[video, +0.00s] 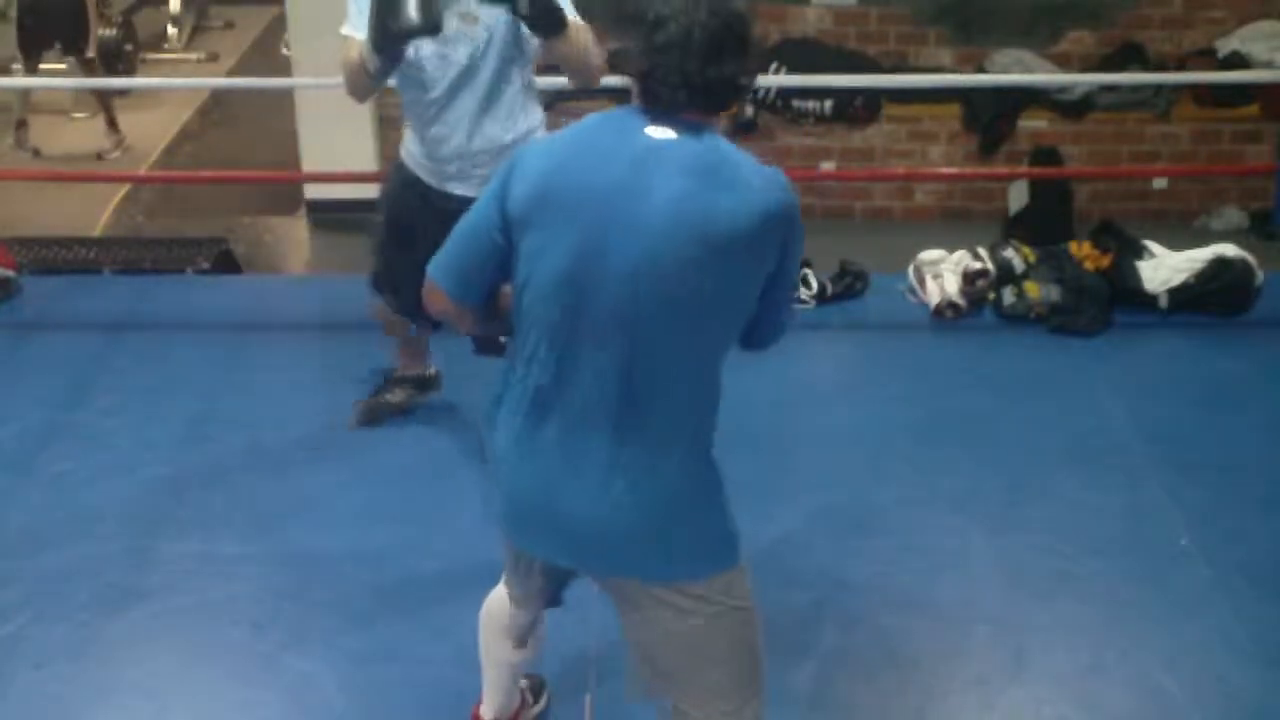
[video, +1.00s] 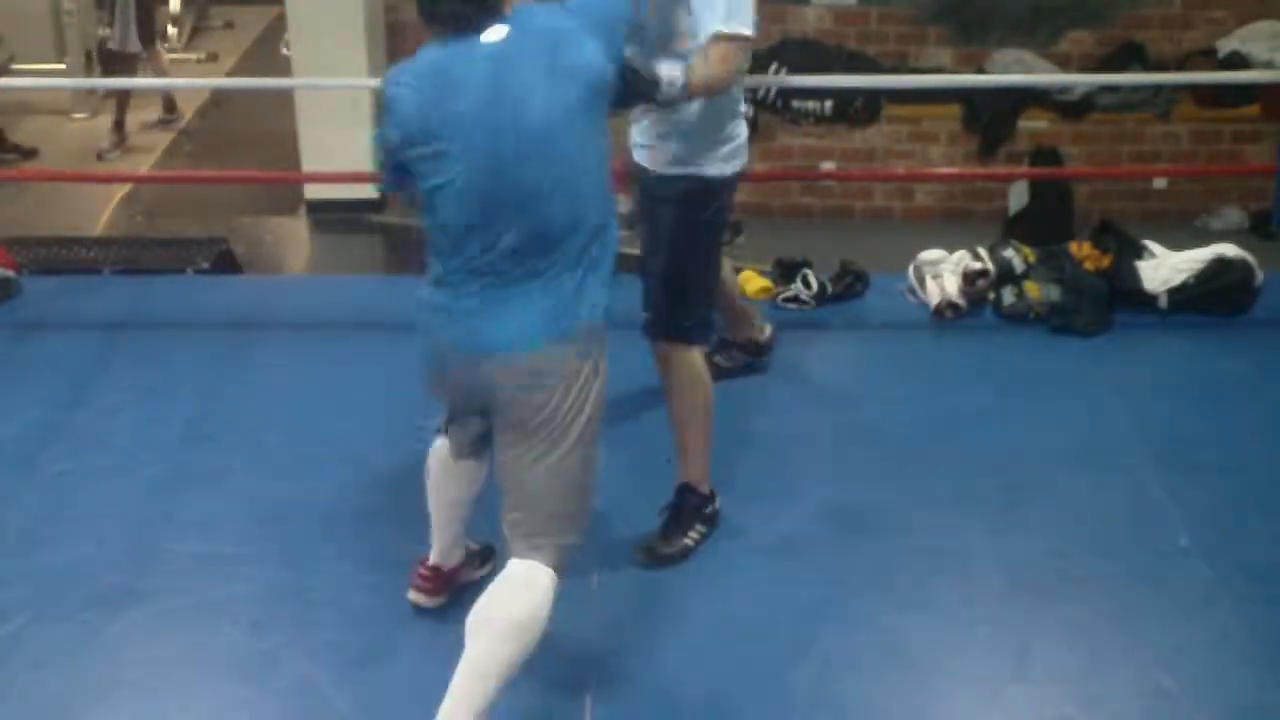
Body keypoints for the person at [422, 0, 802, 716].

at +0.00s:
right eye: (747, 70)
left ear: (635, 67)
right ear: (738, 85)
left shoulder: (543, 159)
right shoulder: (762, 196)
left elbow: (444, 294)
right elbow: (759, 329)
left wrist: (504, 323)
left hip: (531, 478)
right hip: (659, 511)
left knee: (520, 597)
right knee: (726, 705)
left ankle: (497, 705)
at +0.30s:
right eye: (760, 77)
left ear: (645, 72)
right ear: (750, 92)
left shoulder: (556, 164)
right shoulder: (771, 210)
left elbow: (440, 277)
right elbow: (787, 333)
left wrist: (539, 303)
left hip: (538, 492)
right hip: (668, 525)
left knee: (544, 562)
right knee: (711, 705)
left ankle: (493, 684)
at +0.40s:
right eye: (732, 68)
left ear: (622, 60)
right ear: (719, 77)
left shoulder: (536, 148)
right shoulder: (737, 186)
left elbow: (421, 189)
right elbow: (773, 313)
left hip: (527, 480)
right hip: (653, 519)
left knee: (533, 543)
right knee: (693, 703)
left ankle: (493, 660)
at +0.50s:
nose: (703, 60)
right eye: (697, 48)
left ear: (590, 43)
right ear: (681, 62)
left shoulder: (519, 112)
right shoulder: (678, 165)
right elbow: (737, 287)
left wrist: (504, 15)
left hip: (485, 440)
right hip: (601, 479)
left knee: (518, 533)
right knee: (662, 697)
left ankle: (496, 656)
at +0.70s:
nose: (639, 58)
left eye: (636, 45)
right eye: (639, 46)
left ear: (541, 23)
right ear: (626, 47)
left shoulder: (485, 78)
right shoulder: (619, 139)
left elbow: (427, 105)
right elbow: (673, 269)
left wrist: (496, 50)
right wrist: (677, 196)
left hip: (437, 371)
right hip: (525, 418)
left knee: (511, 479)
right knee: (573, 621)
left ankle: (472, 587)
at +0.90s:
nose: (556, 13)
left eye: (552, 6)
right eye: (550, 5)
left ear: (461, 16)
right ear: (533, 13)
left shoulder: (423, 90)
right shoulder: (568, 100)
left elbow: (440, 42)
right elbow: (671, 144)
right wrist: (671, 78)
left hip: (446, 341)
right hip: (539, 361)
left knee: (469, 444)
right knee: (553, 564)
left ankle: (443, 562)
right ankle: (490, 712)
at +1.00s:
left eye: (415, 18)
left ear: (421, 16)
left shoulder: (408, 87)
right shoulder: (565, 38)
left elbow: (400, 185)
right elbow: (641, 10)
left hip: (456, 330)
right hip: (553, 338)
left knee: (462, 428)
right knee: (536, 548)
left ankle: (442, 562)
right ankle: (456, 713)